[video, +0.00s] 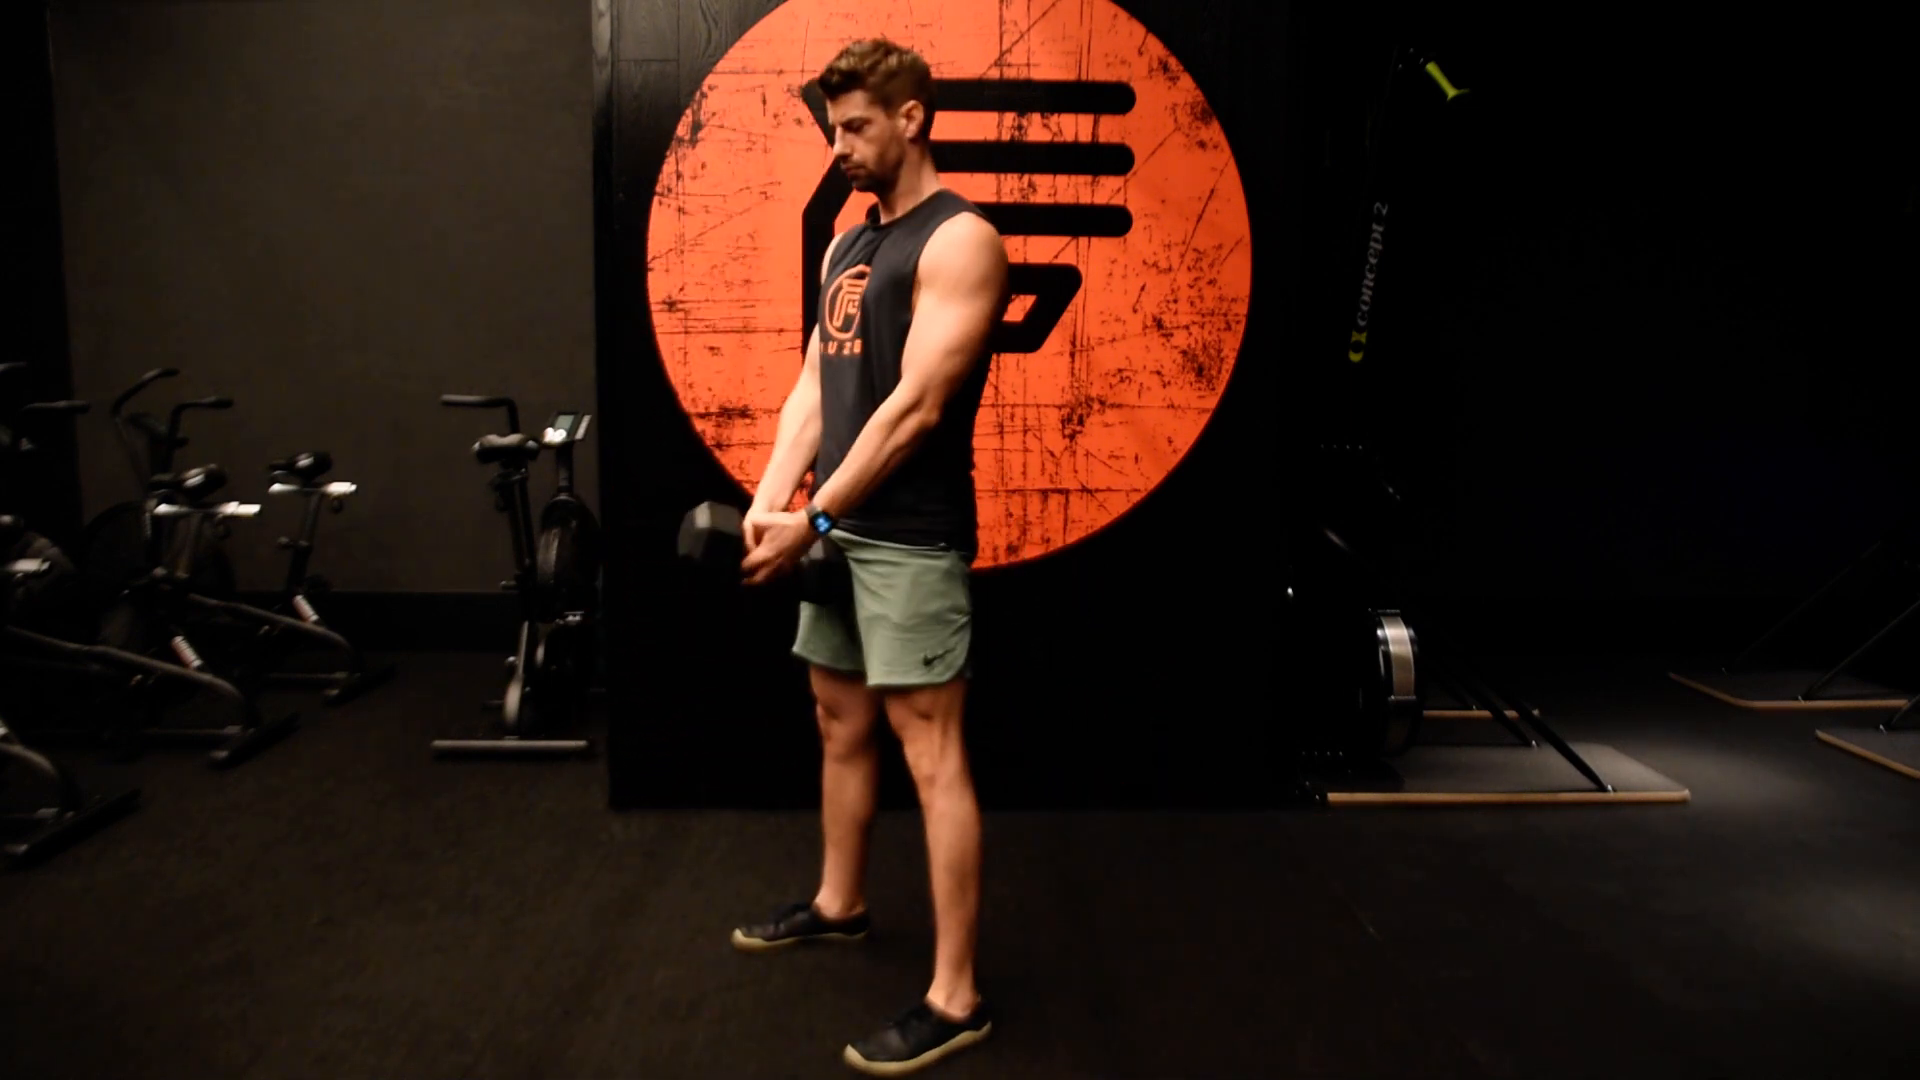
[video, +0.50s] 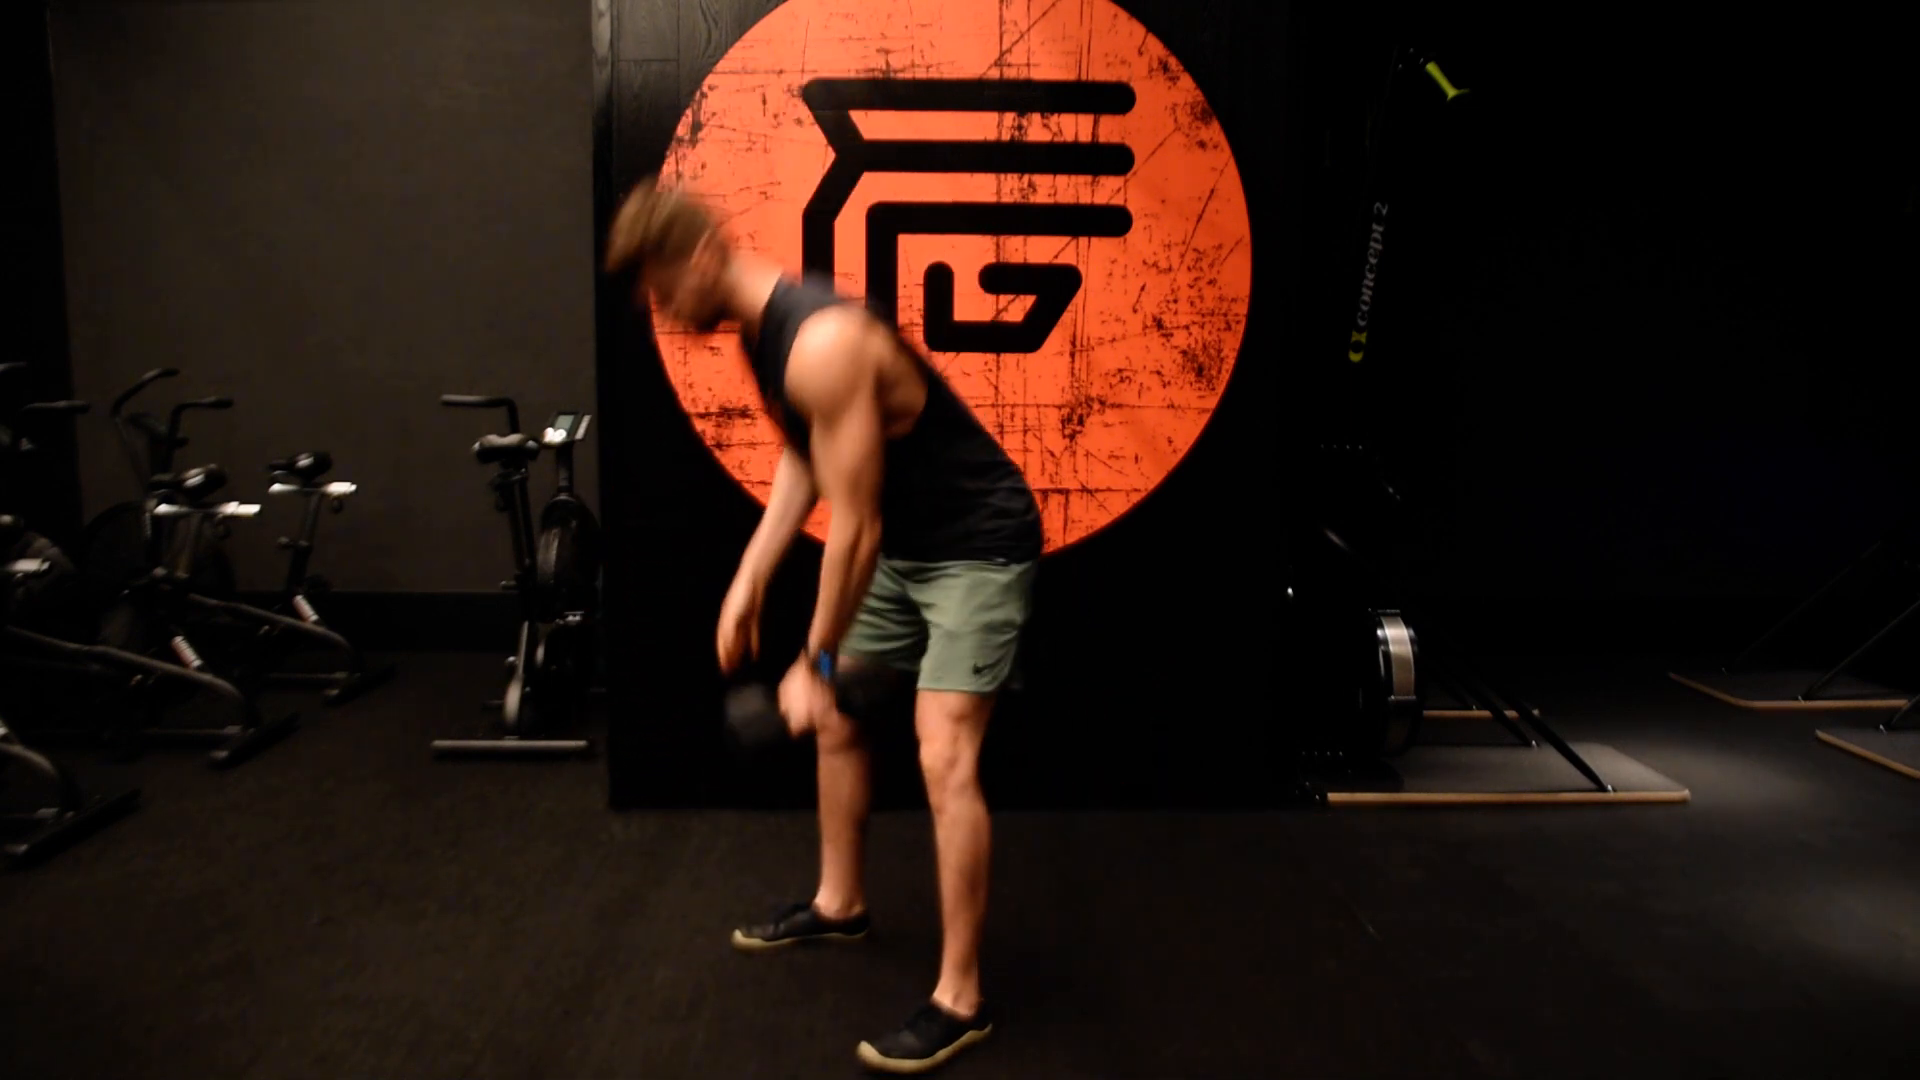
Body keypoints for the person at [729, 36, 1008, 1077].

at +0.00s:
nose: (845, 147)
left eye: (857, 127)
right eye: (835, 132)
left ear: (913, 116)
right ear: (839, 133)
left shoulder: (963, 238)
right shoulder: (848, 243)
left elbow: (920, 406)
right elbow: (816, 388)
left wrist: (811, 517)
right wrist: (775, 494)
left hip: (913, 538)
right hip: (834, 528)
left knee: (931, 750)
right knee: (841, 722)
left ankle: (956, 995)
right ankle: (838, 903)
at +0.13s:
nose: (825, 149)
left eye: (838, 128)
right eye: (818, 132)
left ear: (895, 116)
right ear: (833, 129)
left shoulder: (952, 237)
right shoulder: (841, 241)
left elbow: (913, 409)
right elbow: (821, 386)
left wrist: (810, 521)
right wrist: (775, 479)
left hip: (916, 538)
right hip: (839, 528)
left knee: (937, 754)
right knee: (843, 721)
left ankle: (957, 994)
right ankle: (838, 904)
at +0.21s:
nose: (802, 151)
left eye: (815, 131)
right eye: (796, 135)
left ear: (872, 117)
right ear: (810, 133)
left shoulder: (934, 236)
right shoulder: (834, 237)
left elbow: (903, 411)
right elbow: (835, 388)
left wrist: (810, 533)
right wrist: (767, 467)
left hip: (923, 538)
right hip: (844, 532)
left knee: (940, 756)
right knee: (843, 724)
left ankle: (959, 993)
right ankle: (838, 904)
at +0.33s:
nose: (744, 183)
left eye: (753, 161)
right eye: (737, 164)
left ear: (808, 138)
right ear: (791, 150)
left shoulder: (890, 253)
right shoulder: (821, 250)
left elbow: (880, 435)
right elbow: (834, 402)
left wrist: (811, 564)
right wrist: (751, 476)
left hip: (936, 542)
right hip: (858, 535)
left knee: (946, 756)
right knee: (844, 722)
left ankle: (958, 992)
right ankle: (838, 903)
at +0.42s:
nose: (697, 236)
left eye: (700, 213)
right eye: (688, 218)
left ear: (752, 180)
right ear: (734, 192)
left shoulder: (852, 286)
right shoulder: (792, 281)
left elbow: (868, 471)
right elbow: (818, 421)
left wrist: (814, 601)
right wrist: (749, 519)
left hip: (960, 545)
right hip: (875, 532)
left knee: (945, 751)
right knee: (842, 717)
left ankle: (959, 993)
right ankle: (838, 903)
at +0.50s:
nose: (661, 310)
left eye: (664, 288)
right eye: (650, 294)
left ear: (711, 251)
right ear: (702, 261)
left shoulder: (822, 345)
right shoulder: (765, 332)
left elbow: (858, 525)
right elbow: (800, 464)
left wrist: (819, 662)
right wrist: (747, 589)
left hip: (979, 545)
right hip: (892, 545)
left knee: (946, 751)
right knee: (834, 708)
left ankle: (960, 996)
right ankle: (838, 903)